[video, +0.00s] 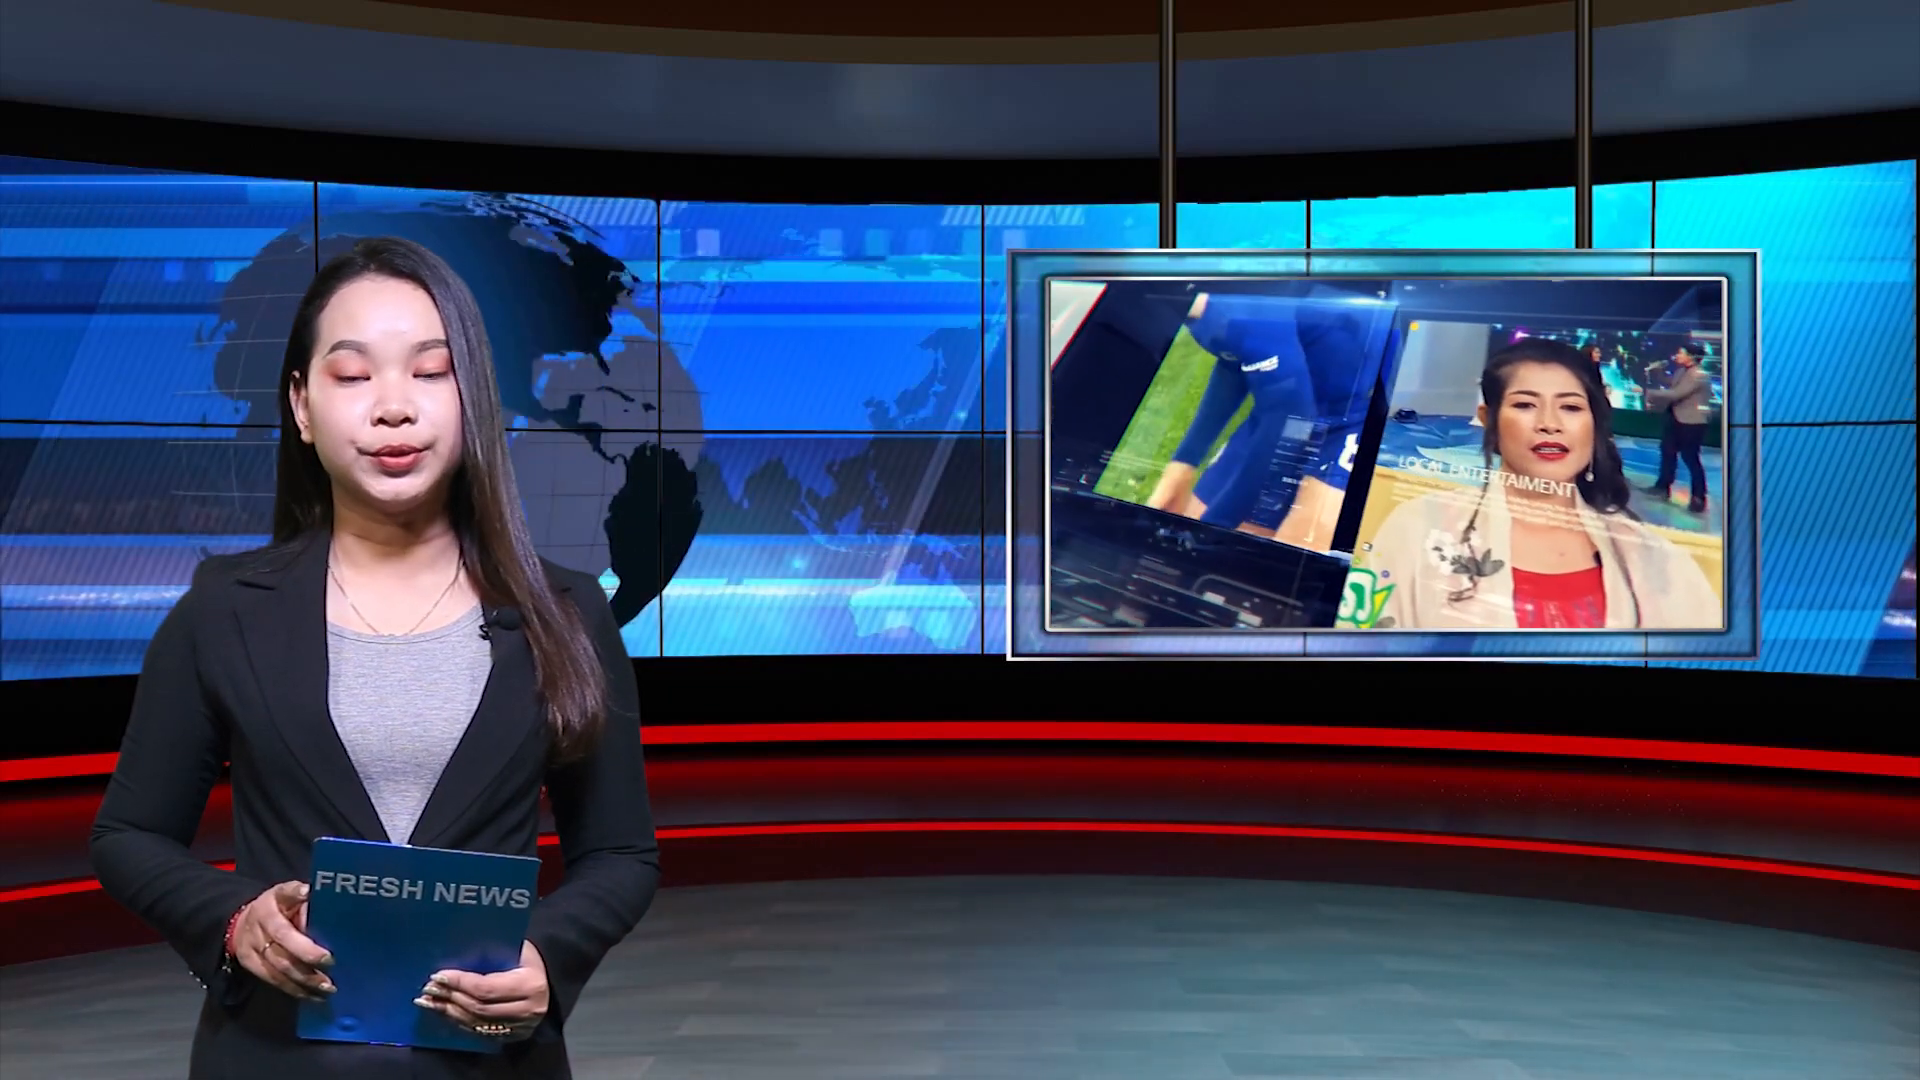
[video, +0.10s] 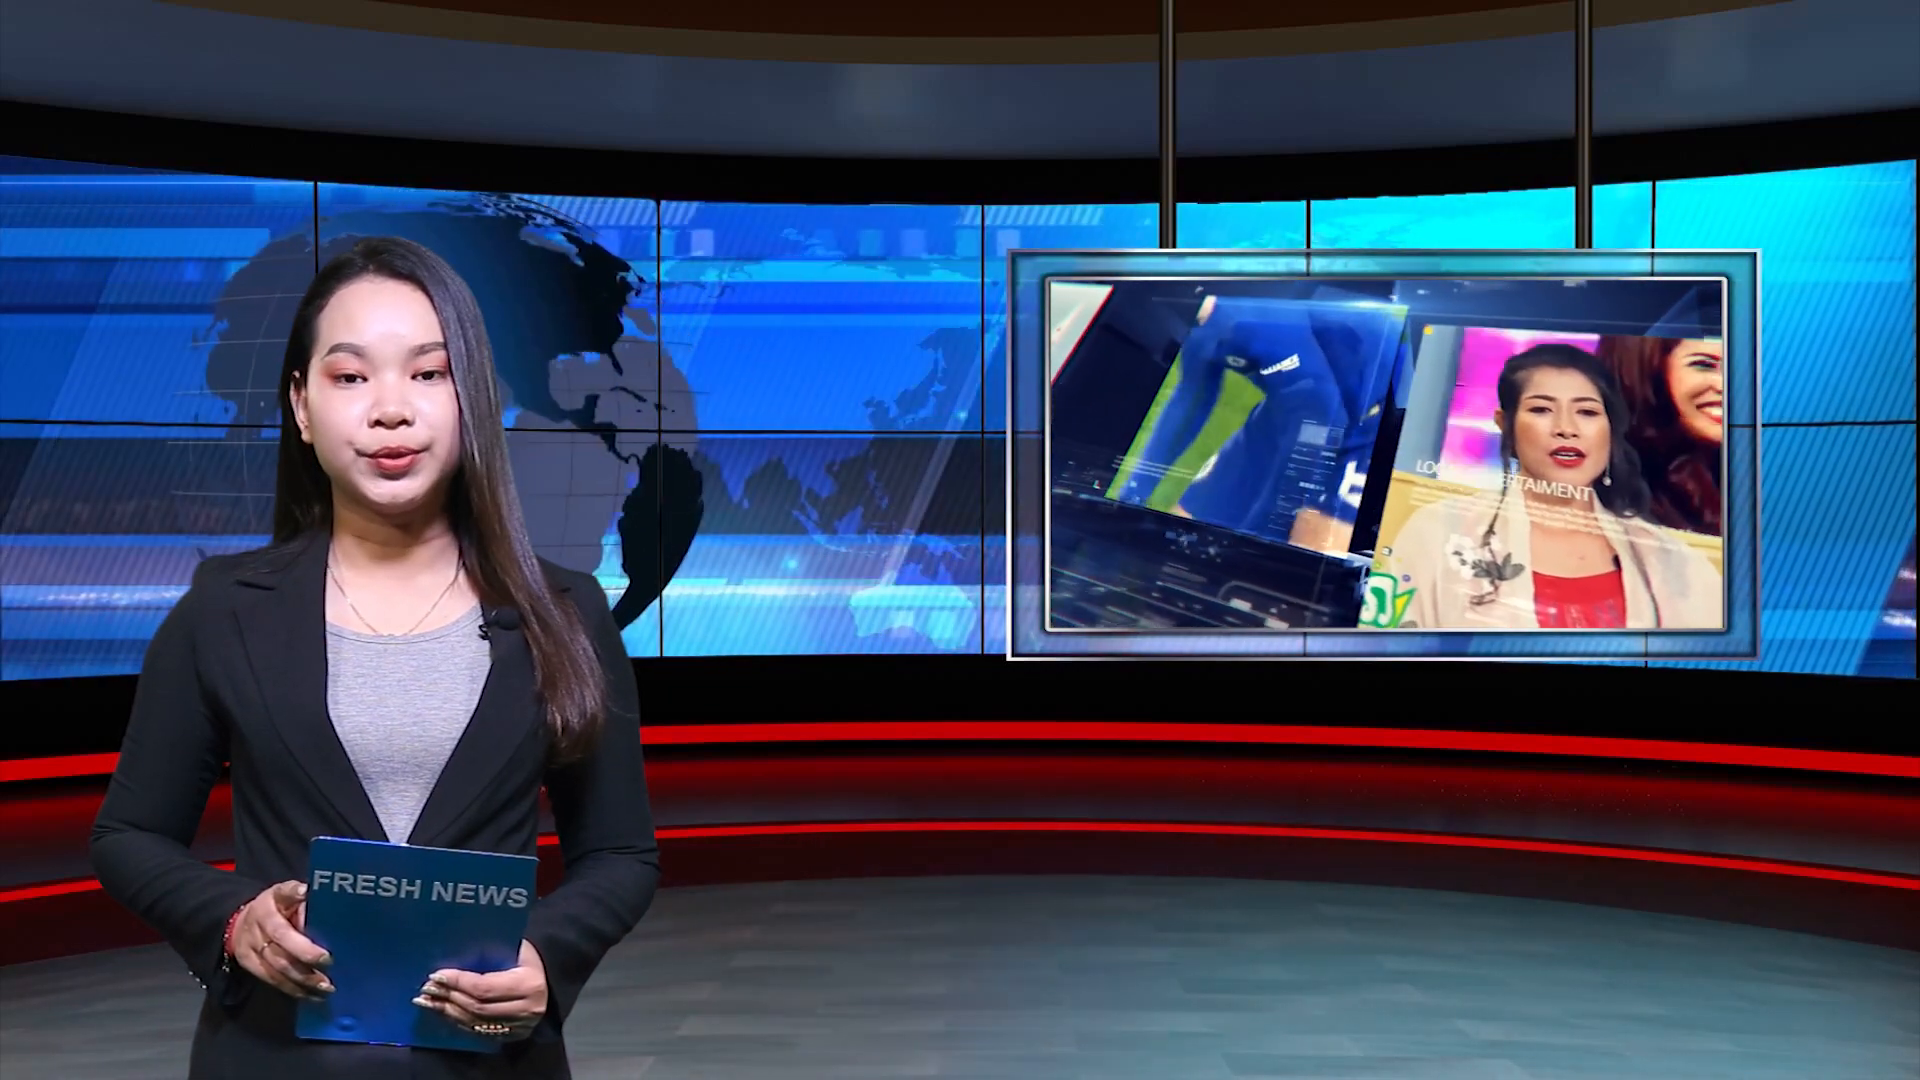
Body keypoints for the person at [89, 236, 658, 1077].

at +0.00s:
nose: (394, 406)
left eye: (429, 370)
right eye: (352, 373)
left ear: (471, 398)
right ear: (302, 406)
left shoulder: (561, 615)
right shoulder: (227, 610)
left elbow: (619, 855)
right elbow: (129, 836)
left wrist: (545, 961)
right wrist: (230, 918)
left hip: (491, 1052)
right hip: (276, 1054)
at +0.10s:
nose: (391, 408)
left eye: (426, 372)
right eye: (350, 374)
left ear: (470, 399)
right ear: (302, 406)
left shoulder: (561, 613)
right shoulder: (226, 611)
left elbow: (620, 854)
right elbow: (129, 837)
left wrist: (544, 960)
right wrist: (229, 916)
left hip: (490, 1051)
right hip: (276, 1053)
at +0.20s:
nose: (390, 408)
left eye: (425, 372)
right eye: (348, 376)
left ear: (469, 397)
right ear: (301, 407)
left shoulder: (562, 614)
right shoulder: (226, 611)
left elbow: (619, 855)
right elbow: (129, 837)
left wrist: (543, 961)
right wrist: (229, 916)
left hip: (490, 1050)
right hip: (276, 1053)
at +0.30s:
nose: (389, 409)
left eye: (424, 373)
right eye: (347, 376)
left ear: (468, 398)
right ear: (299, 408)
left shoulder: (562, 613)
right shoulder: (225, 612)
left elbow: (618, 855)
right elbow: (129, 837)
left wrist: (541, 961)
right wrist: (228, 916)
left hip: (489, 1051)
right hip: (275, 1053)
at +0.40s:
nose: (388, 409)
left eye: (424, 373)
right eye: (347, 376)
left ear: (467, 398)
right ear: (300, 408)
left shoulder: (561, 613)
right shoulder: (225, 611)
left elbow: (617, 855)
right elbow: (129, 837)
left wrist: (541, 961)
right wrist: (228, 916)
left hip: (488, 1050)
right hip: (275, 1053)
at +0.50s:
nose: (389, 409)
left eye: (424, 373)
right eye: (348, 376)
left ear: (467, 399)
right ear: (300, 408)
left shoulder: (560, 614)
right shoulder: (225, 612)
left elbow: (617, 855)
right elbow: (128, 837)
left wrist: (541, 961)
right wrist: (227, 916)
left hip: (488, 1050)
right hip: (275, 1053)